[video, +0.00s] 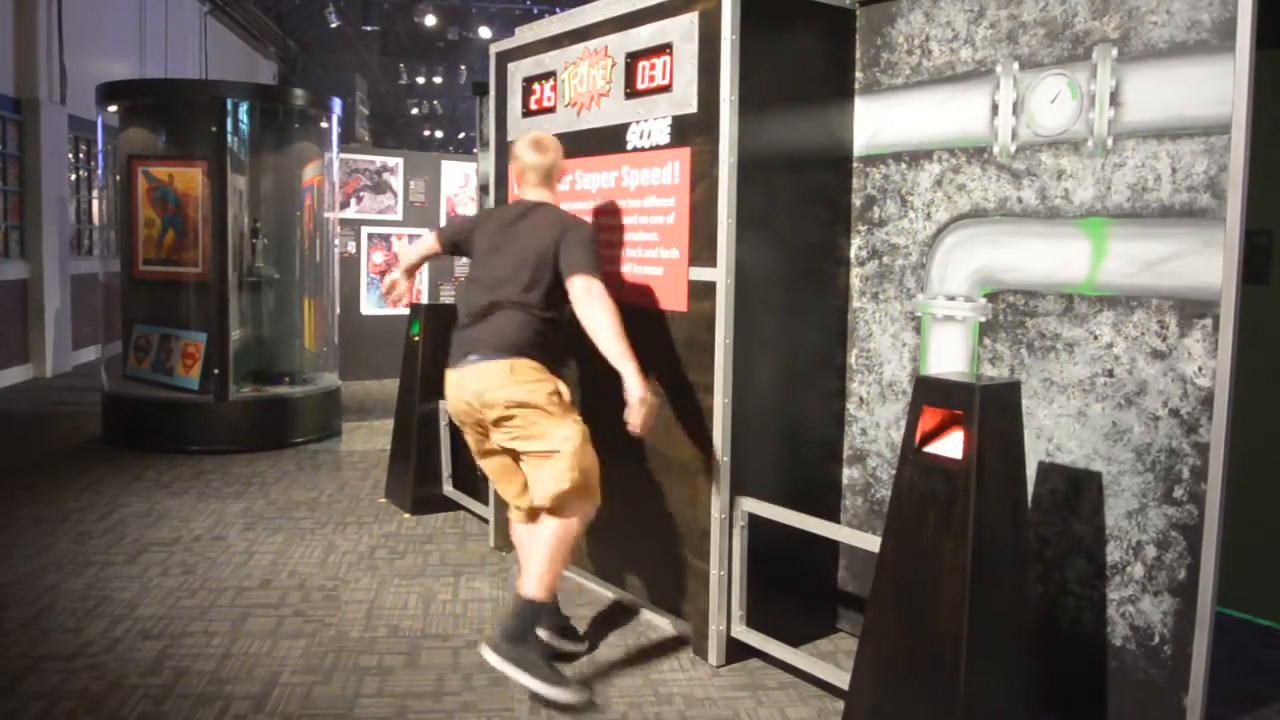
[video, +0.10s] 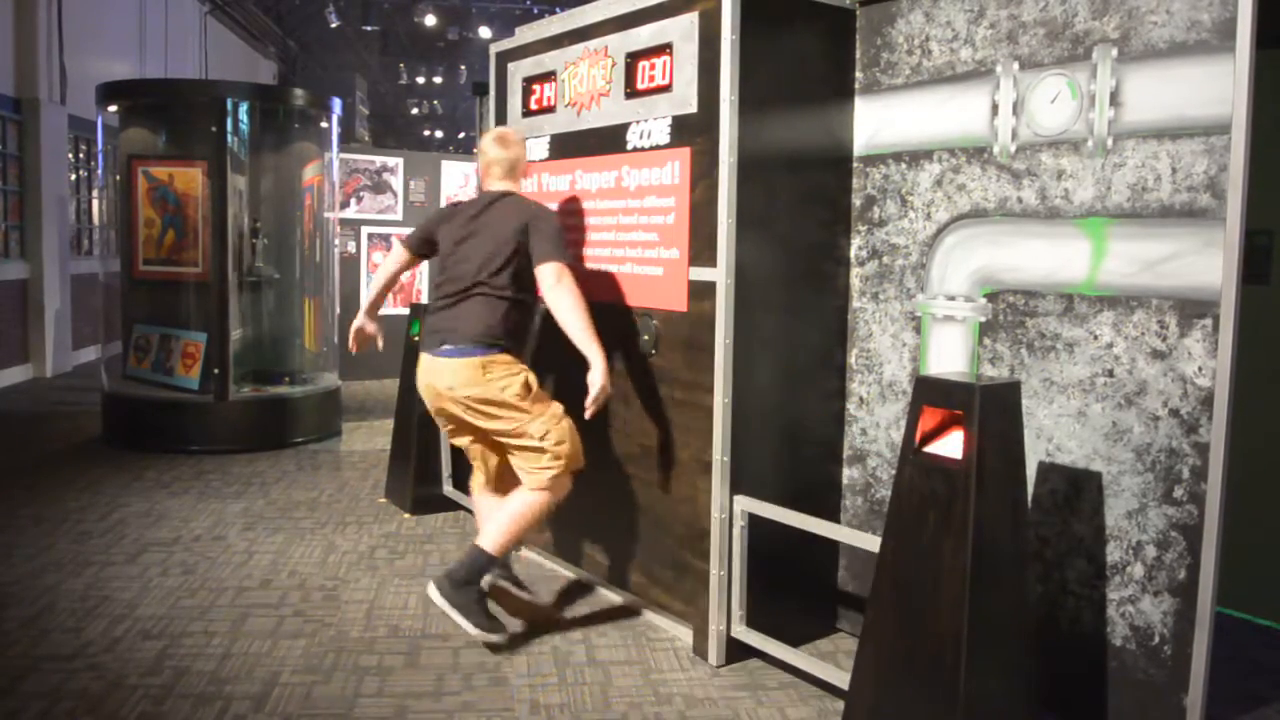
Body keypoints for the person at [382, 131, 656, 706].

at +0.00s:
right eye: (561, 174)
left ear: (513, 178)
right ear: (561, 178)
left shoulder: (483, 222)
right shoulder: (568, 227)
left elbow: (429, 243)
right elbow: (586, 295)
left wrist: (403, 266)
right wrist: (633, 376)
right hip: (517, 371)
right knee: (574, 494)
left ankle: (546, 617)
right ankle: (517, 634)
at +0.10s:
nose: (522, 174)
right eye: (525, 166)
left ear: (480, 171)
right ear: (523, 170)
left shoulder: (448, 216)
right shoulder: (534, 217)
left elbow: (396, 262)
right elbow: (554, 284)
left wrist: (366, 313)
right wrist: (596, 357)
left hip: (432, 370)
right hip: (482, 368)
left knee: (490, 465)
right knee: (554, 469)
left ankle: (499, 569)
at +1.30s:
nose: (528, 178)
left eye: (529, 167)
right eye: (520, 168)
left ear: (482, 172)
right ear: (487, 169)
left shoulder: (462, 213)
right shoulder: (485, 211)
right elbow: (519, 270)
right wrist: (607, 293)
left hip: (424, 369)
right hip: (453, 374)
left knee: (459, 477)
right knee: (487, 501)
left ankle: (440, 578)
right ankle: (375, 565)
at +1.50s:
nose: (615, 244)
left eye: (615, 234)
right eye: (607, 234)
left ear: (571, 233)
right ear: (569, 233)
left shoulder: (537, 279)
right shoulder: (565, 289)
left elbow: (511, 360)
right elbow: (634, 351)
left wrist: (540, 421)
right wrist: (735, 373)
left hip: (459, 433)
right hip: (500, 437)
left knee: (504, 509)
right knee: (587, 543)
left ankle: (439, 617)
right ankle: (638, 706)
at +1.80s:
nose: (773, 346)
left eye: (771, 334)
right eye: (766, 336)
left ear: (711, 336)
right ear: (726, 345)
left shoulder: (647, 349)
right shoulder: (714, 394)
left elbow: (575, 383)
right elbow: (807, 451)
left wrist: (608, 445)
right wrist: (917, 452)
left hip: (506, 484)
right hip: (562, 502)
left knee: (557, 536)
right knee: (698, 606)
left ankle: (476, 638)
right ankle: (676, 717)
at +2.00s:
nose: (681, 267)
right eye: (682, 262)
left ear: (623, 270)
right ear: (680, 272)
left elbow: (515, 348)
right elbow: (752, 369)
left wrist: (475, 356)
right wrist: (854, 403)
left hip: (500, 482)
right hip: (568, 488)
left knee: (537, 527)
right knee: (690, 603)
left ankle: (495, 639)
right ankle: (676, 714)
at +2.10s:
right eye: (601, 231)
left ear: (555, 239)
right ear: (604, 235)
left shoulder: (518, 290)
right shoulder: (607, 282)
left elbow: (468, 302)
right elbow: (649, 328)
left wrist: (446, 309)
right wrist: (736, 353)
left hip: (493, 450)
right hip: (566, 447)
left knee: (512, 524)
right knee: (626, 578)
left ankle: (489, 645)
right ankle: (658, 712)